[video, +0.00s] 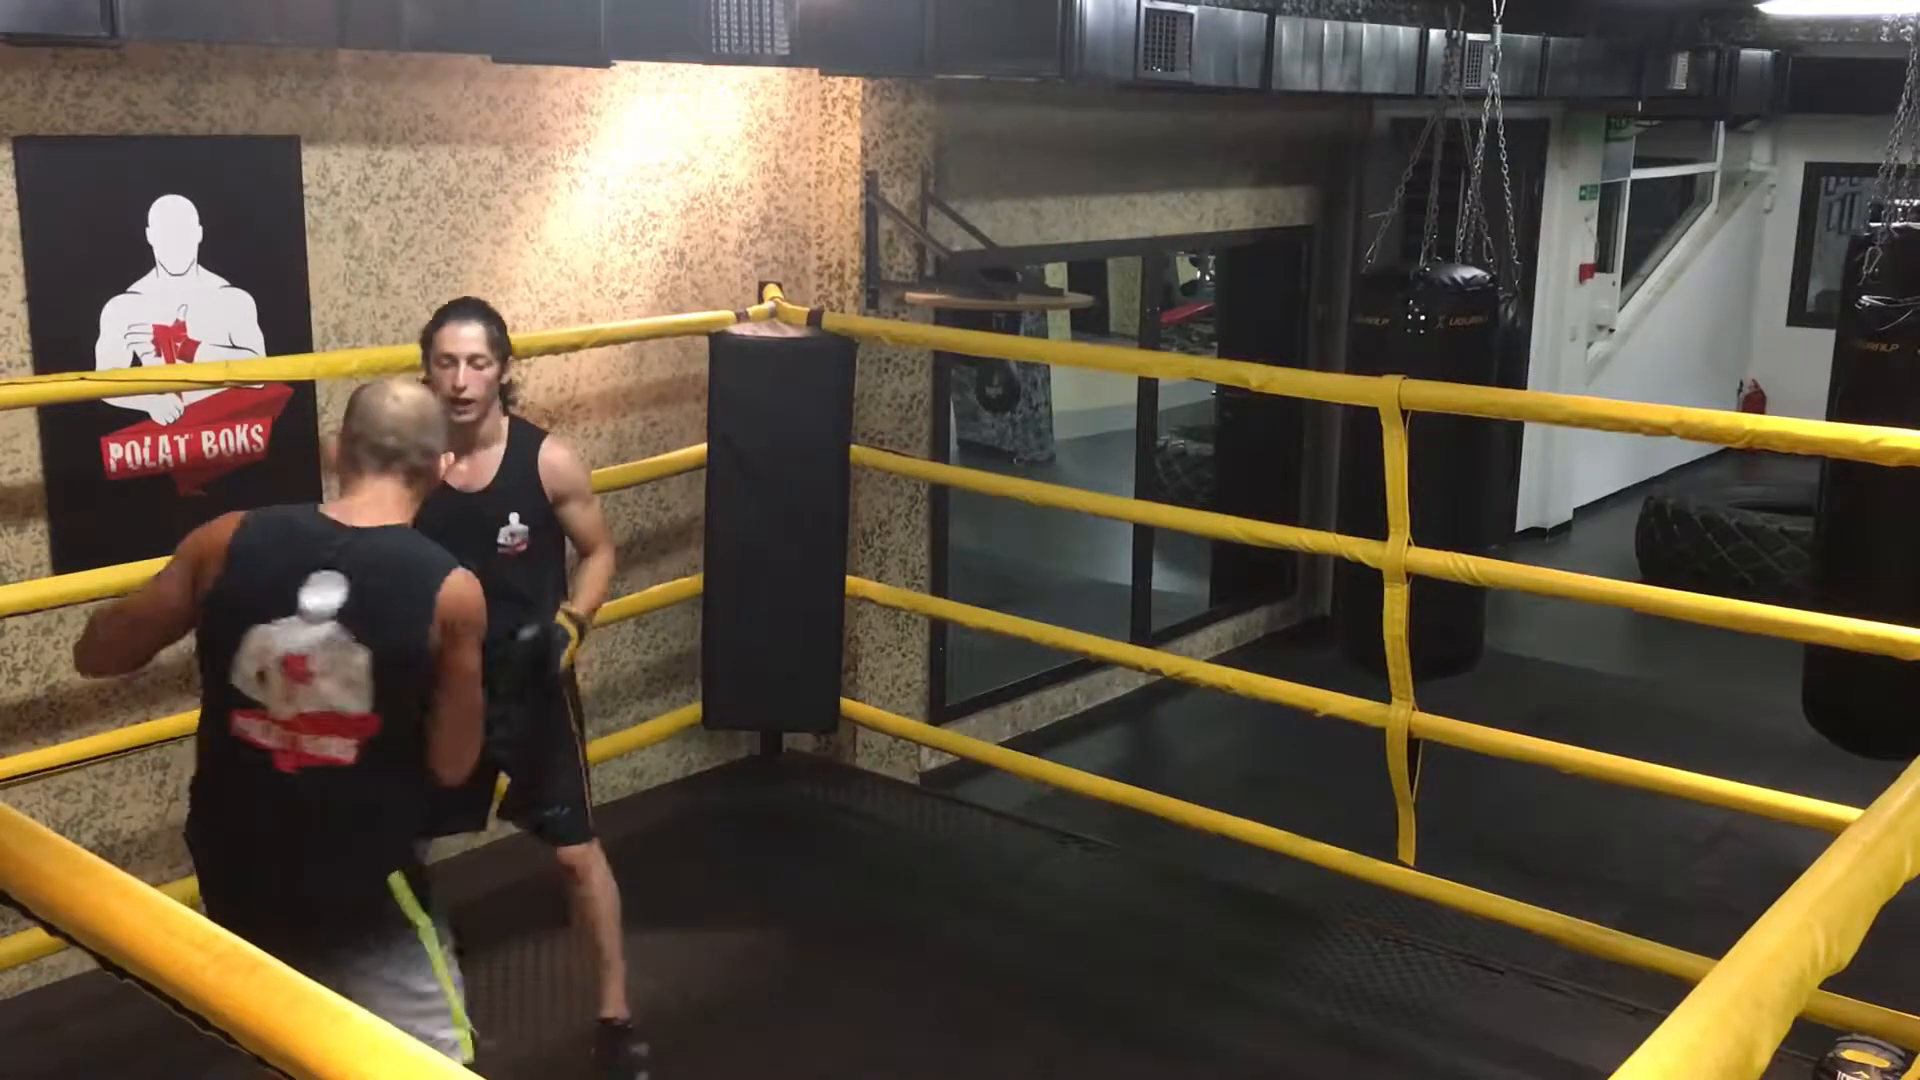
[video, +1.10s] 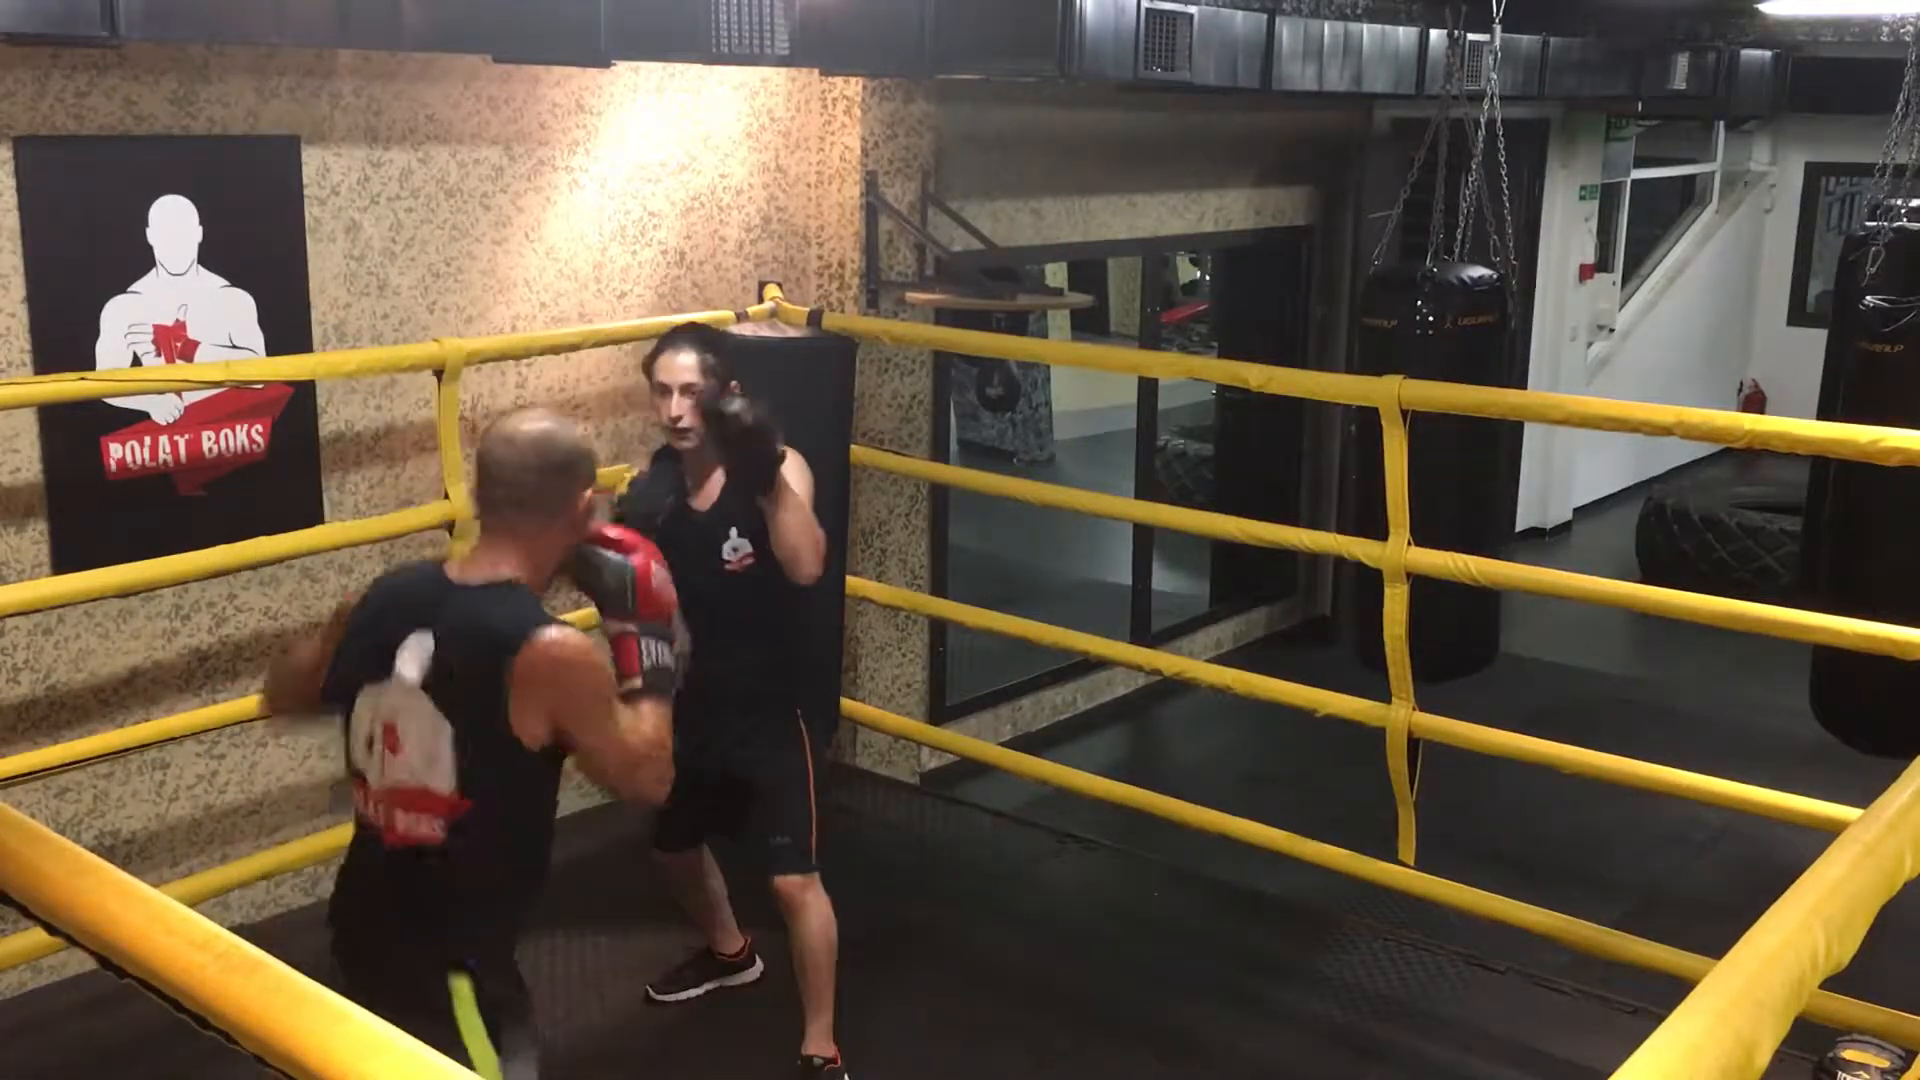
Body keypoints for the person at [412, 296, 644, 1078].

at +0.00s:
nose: (459, 378)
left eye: (476, 363)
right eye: (445, 364)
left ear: (504, 370)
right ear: (427, 371)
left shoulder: (549, 460)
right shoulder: (408, 461)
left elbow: (598, 553)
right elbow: (372, 552)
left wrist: (571, 622)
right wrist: (395, 626)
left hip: (527, 680)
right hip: (432, 674)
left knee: (575, 850)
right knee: (400, 840)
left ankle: (614, 1013)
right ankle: (413, 997)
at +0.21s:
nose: (529, 405)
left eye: (546, 389)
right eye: (517, 388)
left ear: (575, 395)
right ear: (500, 393)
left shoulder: (611, 487)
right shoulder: (473, 468)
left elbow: (642, 593)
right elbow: (432, 562)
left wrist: (594, 621)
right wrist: (464, 603)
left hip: (576, 686)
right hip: (482, 677)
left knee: (621, 864)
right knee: (423, 830)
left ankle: (674, 999)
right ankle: (410, 955)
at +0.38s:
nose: (574, 391)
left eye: (591, 378)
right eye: (564, 376)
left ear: (625, 385)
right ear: (552, 380)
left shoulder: (663, 471)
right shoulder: (531, 455)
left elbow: (689, 587)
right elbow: (504, 546)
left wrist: (648, 561)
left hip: (638, 686)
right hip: (548, 674)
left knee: (653, 851)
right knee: (509, 817)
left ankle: (678, 1000)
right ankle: (529, 948)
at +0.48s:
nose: (600, 390)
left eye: (615, 374)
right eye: (588, 375)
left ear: (652, 376)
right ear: (573, 379)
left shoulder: (690, 451)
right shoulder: (575, 459)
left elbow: (703, 559)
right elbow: (548, 553)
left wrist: (674, 465)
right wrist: (553, 479)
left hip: (665, 671)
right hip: (599, 664)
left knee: (666, 846)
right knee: (595, 826)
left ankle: (683, 1007)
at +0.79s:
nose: (630, 401)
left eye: (645, 386)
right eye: (619, 386)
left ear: (678, 385)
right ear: (606, 388)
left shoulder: (727, 452)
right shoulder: (617, 469)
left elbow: (758, 553)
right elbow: (567, 577)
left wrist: (719, 463)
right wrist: (589, 521)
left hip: (729, 673)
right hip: (664, 672)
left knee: (733, 842)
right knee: (646, 826)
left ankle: (795, 1013)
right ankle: (727, 949)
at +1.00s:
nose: (661, 407)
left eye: (677, 390)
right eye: (650, 391)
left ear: (713, 391)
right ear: (639, 395)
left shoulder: (762, 461)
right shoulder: (640, 475)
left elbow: (787, 560)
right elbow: (611, 578)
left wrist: (745, 470)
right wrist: (597, 537)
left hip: (758, 691)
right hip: (676, 690)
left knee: (790, 866)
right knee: (666, 830)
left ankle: (824, 1047)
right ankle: (729, 950)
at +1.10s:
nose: (674, 408)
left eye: (689, 393)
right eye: (663, 393)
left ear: (726, 394)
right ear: (653, 397)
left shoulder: (778, 467)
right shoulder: (653, 486)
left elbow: (805, 566)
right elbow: (625, 594)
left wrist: (763, 467)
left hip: (777, 695)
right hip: (695, 692)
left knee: (792, 877)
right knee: (676, 840)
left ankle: (821, 1048)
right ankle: (729, 952)